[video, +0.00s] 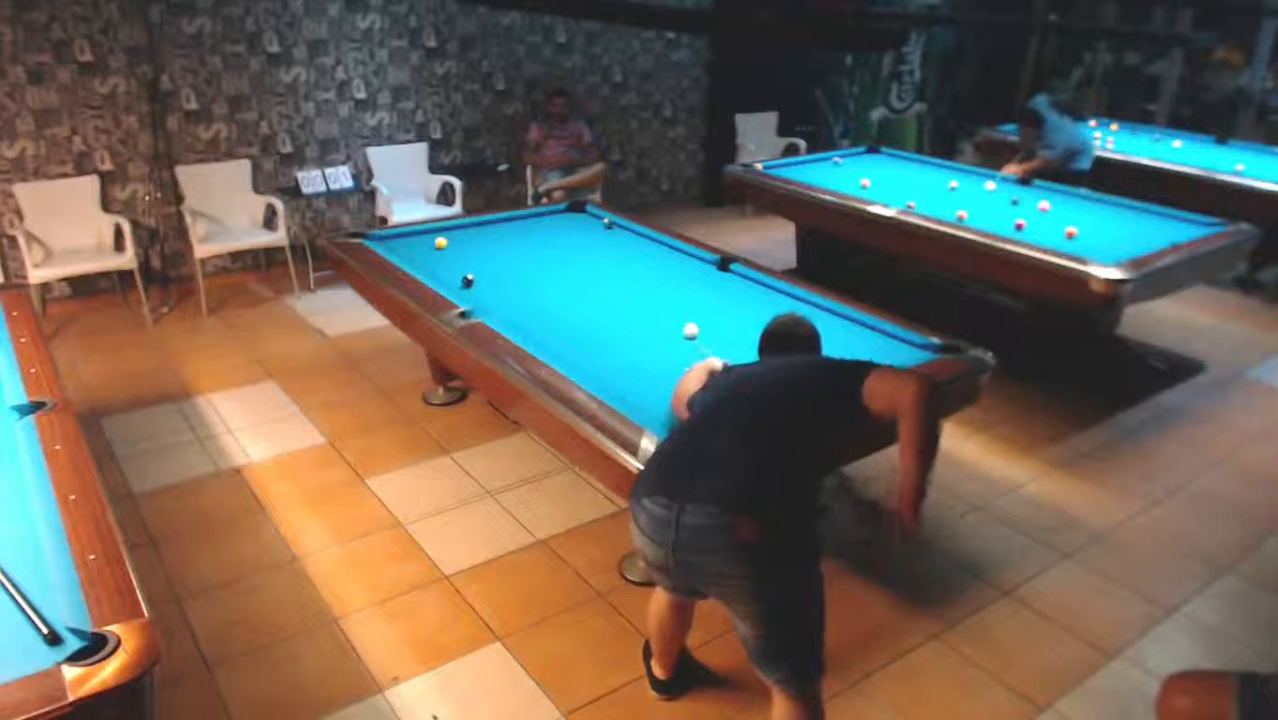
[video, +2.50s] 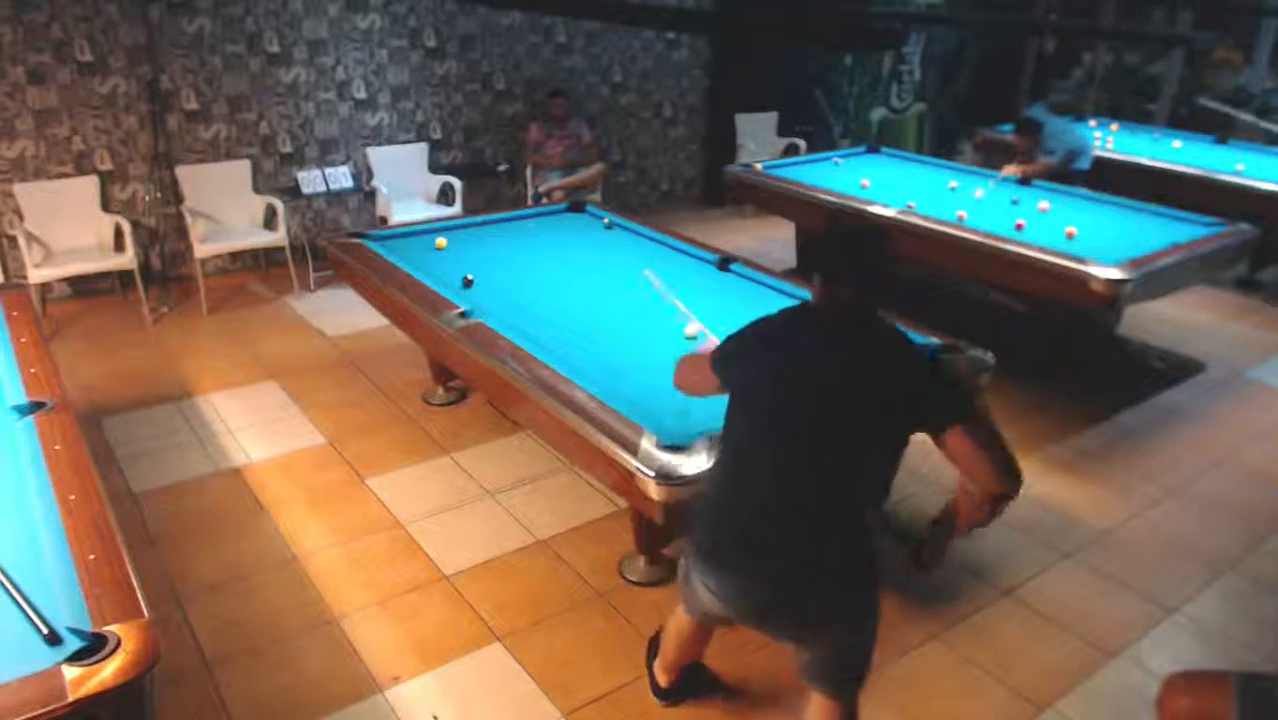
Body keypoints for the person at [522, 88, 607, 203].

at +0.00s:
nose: (559, 110)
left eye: (563, 106)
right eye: (555, 106)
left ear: (568, 108)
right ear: (548, 107)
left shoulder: (578, 126)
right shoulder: (539, 127)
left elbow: (593, 155)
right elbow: (528, 156)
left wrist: (572, 160)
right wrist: (552, 161)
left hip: (576, 166)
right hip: (550, 169)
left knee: (602, 169)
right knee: (558, 196)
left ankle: (551, 186)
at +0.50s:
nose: (560, 111)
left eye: (563, 106)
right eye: (556, 107)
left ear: (569, 107)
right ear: (549, 108)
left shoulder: (578, 125)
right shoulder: (539, 127)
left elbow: (592, 152)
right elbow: (528, 157)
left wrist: (574, 161)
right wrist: (553, 162)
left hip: (577, 166)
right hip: (551, 169)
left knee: (601, 169)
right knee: (559, 196)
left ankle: (548, 188)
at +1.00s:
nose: (560, 111)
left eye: (563, 106)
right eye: (555, 107)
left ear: (568, 108)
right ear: (549, 108)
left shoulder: (578, 125)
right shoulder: (540, 127)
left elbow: (593, 155)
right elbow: (528, 157)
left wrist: (572, 160)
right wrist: (552, 162)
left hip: (576, 166)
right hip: (552, 169)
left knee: (601, 168)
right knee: (558, 196)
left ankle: (549, 187)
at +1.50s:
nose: (559, 110)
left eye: (563, 106)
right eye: (555, 106)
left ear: (568, 108)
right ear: (548, 108)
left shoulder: (578, 126)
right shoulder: (538, 127)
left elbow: (593, 155)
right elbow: (529, 157)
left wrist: (572, 161)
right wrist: (555, 162)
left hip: (576, 168)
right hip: (550, 170)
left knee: (601, 168)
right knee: (558, 196)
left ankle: (549, 187)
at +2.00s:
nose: (559, 111)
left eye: (563, 107)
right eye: (556, 107)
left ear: (568, 108)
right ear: (549, 108)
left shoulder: (578, 125)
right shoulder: (538, 126)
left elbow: (593, 154)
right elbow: (529, 158)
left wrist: (570, 160)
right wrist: (557, 161)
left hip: (576, 166)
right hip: (550, 169)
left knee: (601, 168)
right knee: (558, 196)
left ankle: (549, 187)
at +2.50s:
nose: (559, 110)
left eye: (562, 106)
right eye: (555, 107)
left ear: (568, 107)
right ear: (548, 108)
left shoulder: (578, 126)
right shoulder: (538, 128)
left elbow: (591, 153)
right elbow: (529, 156)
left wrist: (567, 160)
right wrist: (552, 162)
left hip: (576, 166)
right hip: (550, 170)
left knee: (600, 168)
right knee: (558, 196)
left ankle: (551, 186)